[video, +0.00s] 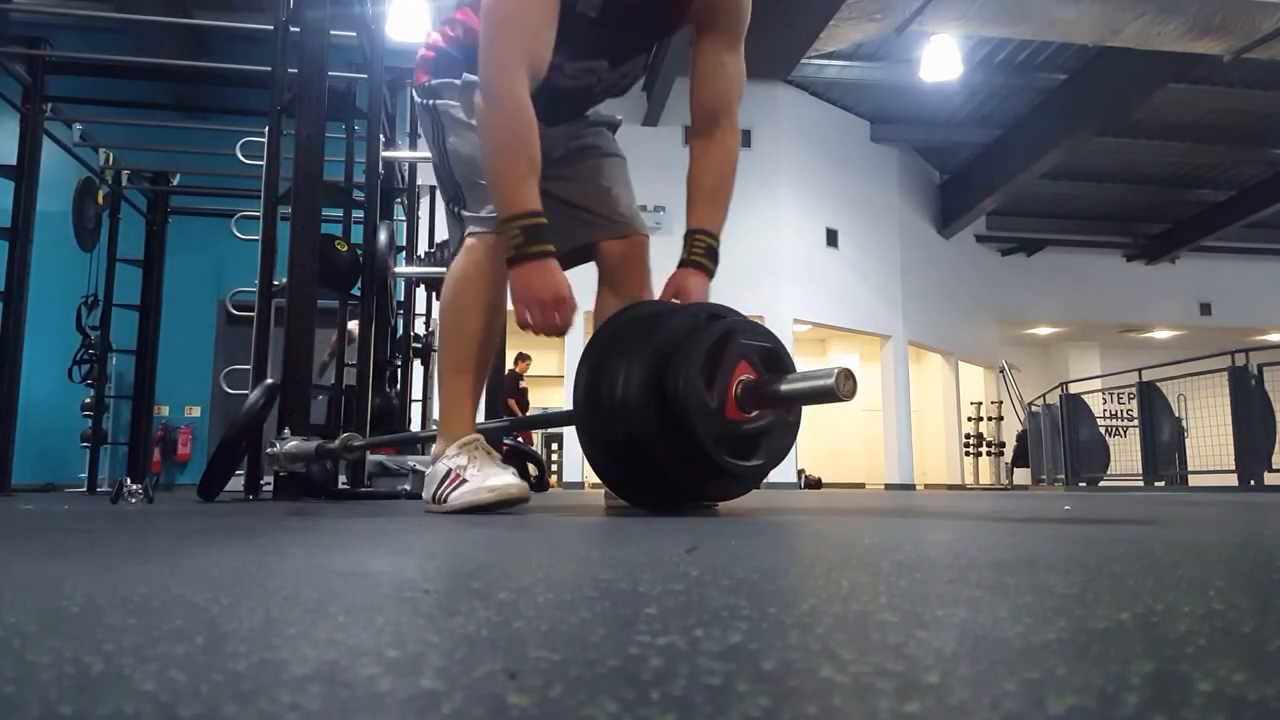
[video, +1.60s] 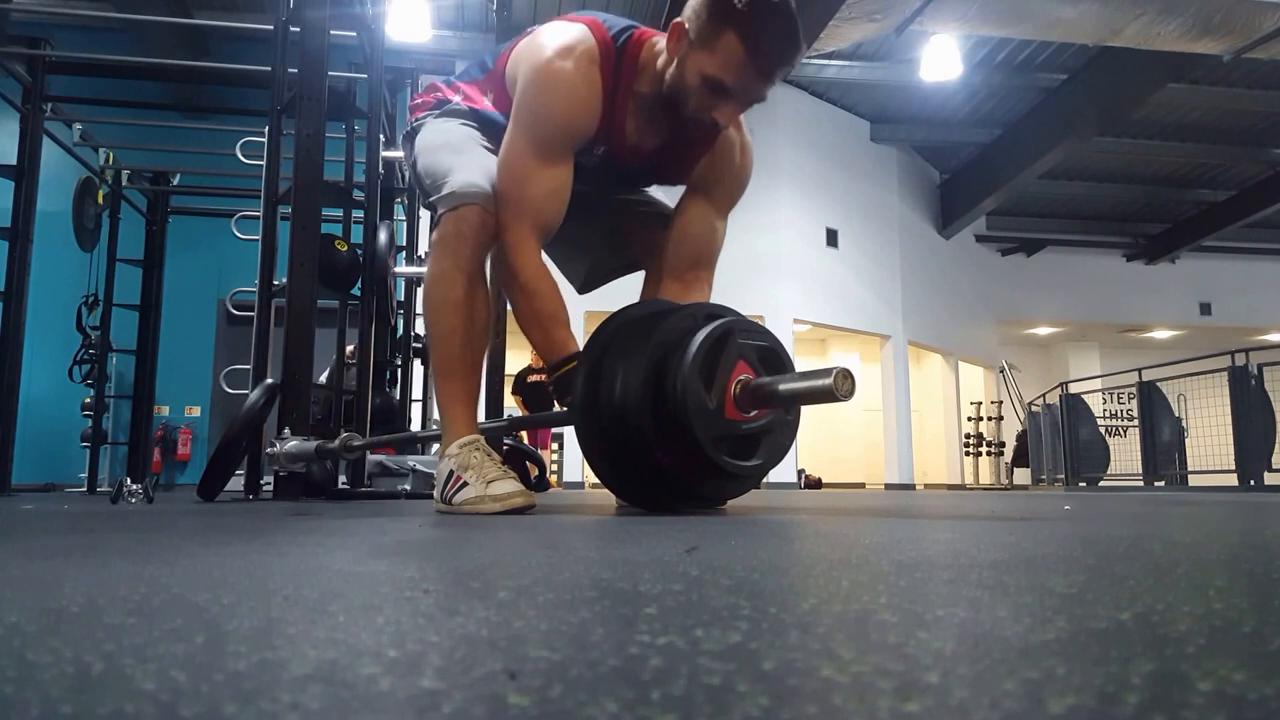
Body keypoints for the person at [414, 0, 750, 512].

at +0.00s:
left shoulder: (723, 3)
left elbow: (715, 124)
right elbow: (503, 88)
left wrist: (698, 259)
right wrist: (528, 248)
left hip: (572, 102)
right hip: (470, 73)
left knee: (627, 244)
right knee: (495, 230)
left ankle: (631, 461)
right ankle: (456, 449)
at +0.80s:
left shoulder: (733, 19)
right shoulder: (560, 3)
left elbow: (702, 159)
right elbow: (535, 125)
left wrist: (671, 295)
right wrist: (559, 294)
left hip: (578, 116)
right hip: (472, 85)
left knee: (654, 242)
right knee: (490, 207)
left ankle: (652, 460)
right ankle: (462, 451)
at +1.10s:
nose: (730, 54)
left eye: (751, 42)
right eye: (721, 26)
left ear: (770, 33)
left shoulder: (732, 93)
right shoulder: (566, 29)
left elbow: (686, 230)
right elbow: (541, 204)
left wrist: (650, 363)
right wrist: (574, 355)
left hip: (581, 141)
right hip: (477, 107)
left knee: (664, 236)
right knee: (487, 199)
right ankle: (461, 451)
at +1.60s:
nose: (725, 118)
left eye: (746, 104)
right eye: (715, 89)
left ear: (765, 91)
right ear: (677, 40)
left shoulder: (727, 152)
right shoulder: (566, 69)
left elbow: (688, 276)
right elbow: (520, 245)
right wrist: (577, 380)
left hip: (574, 160)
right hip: (473, 120)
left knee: (677, 248)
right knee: (472, 213)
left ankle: (656, 453)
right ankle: (461, 452)